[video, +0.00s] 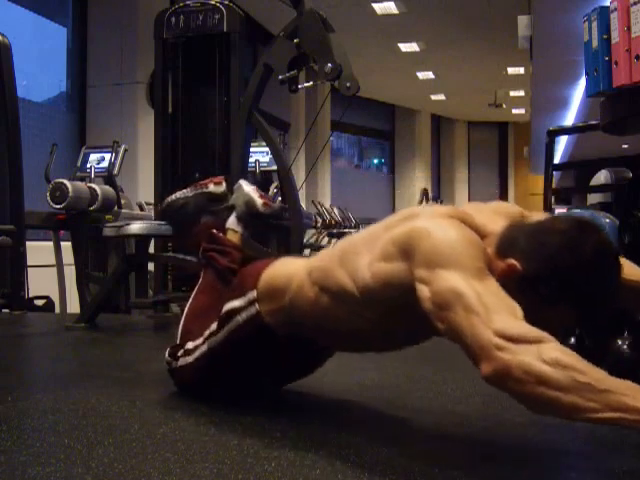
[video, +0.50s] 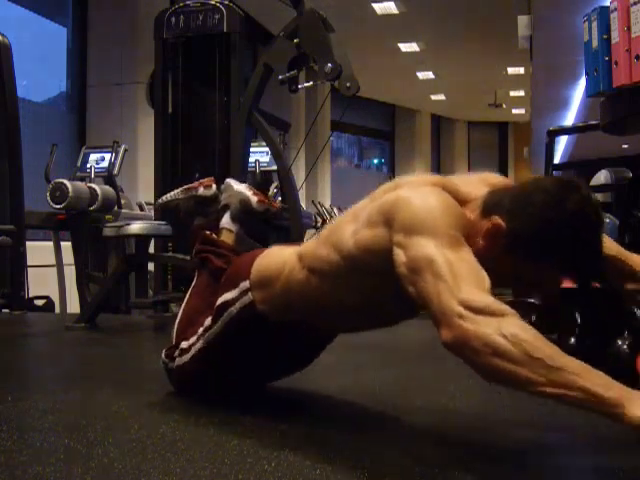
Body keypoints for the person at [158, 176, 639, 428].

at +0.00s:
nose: (551, 333)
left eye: (560, 327)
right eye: (549, 320)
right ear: (511, 275)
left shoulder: (529, 227)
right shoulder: (442, 246)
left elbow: (620, 274)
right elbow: (510, 359)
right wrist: (638, 405)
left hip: (316, 321)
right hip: (268, 313)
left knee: (241, 376)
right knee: (187, 369)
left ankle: (242, 264)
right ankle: (216, 268)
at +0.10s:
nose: (546, 353)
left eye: (562, 350)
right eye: (547, 340)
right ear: (515, 291)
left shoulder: (533, 244)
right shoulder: (447, 260)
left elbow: (622, 283)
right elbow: (515, 373)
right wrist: (636, 415)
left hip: (319, 330)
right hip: (269, 324)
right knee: (187, 367)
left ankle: (242, 263)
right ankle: (217, 265)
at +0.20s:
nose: (546, 357)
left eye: (561, 354)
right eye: (547, 346)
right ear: (516, 295)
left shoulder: (525, 242)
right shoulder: (448, 265)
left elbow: (625, 285)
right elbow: (516, 378)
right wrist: (636, 413)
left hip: (318, 330)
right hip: (269, 330)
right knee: (186, 367)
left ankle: (241, 255)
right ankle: (218, 261)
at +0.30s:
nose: (542, 343)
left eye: (555, 339)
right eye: (542, 328)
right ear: (513, 285)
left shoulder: (527, 240)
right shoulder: (445, 257)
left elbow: (624, 282)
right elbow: (511, 369)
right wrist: (636, 411)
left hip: (316, 333)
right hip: (268, 328)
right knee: (184, 368)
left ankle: (249, 252)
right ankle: (221, 259)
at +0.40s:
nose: (550, 329)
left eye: (559, 322)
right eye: (546, 315)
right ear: (508, 270)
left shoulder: (532, 222)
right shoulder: (437, 240)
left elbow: (619, 269)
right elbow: (497, 354)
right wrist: (635, 405)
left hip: (315, 326)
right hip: (266, 316)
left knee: (241, 375)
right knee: (186, 369)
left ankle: (246, 257)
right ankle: (216, 258)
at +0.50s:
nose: (515, 293)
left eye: (530, 288)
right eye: (522, 279)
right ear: (496, 237)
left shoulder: (501, 195)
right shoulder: (421, 213)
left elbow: (594, 247)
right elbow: (473, 326)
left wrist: (637, 273)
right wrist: (627, 402)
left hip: (312, 311)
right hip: (264, 307)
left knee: (230, 370)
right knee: (184, 369)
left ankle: (236, 262)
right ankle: (210, 267)